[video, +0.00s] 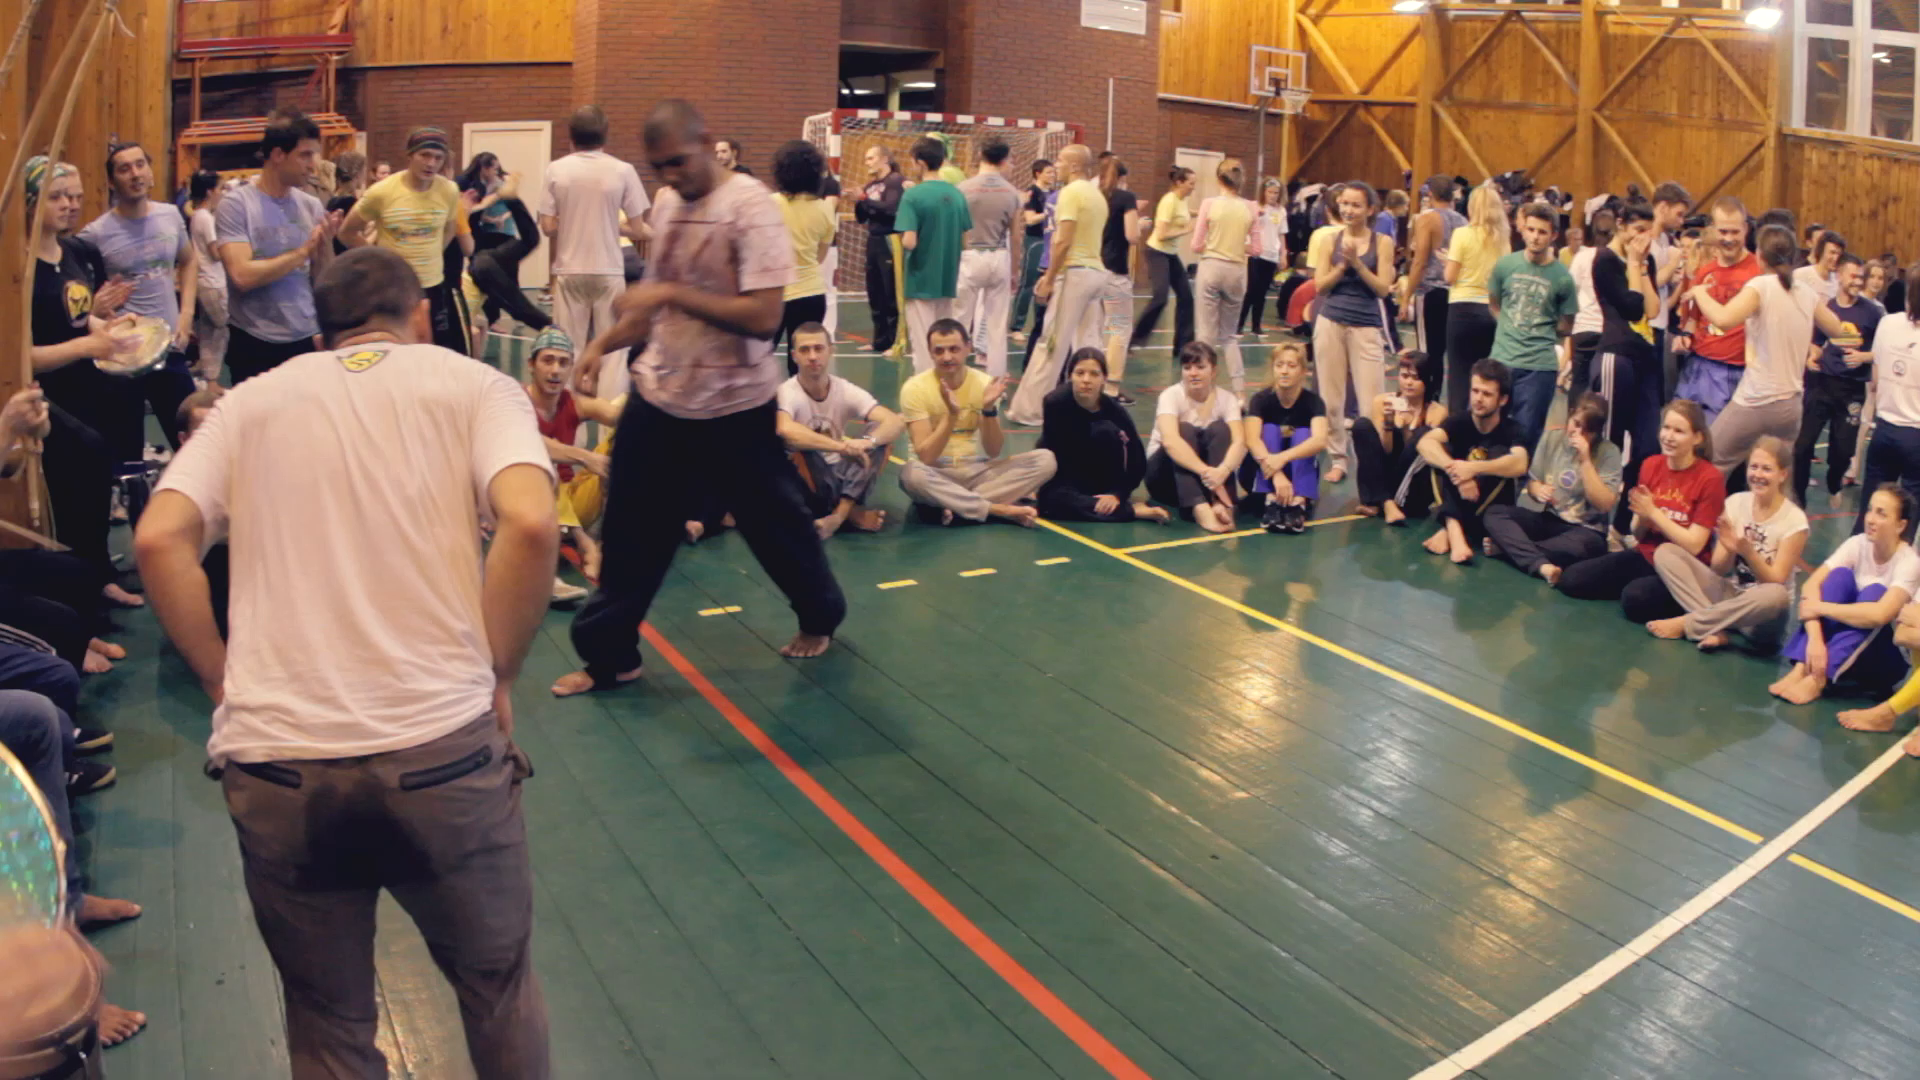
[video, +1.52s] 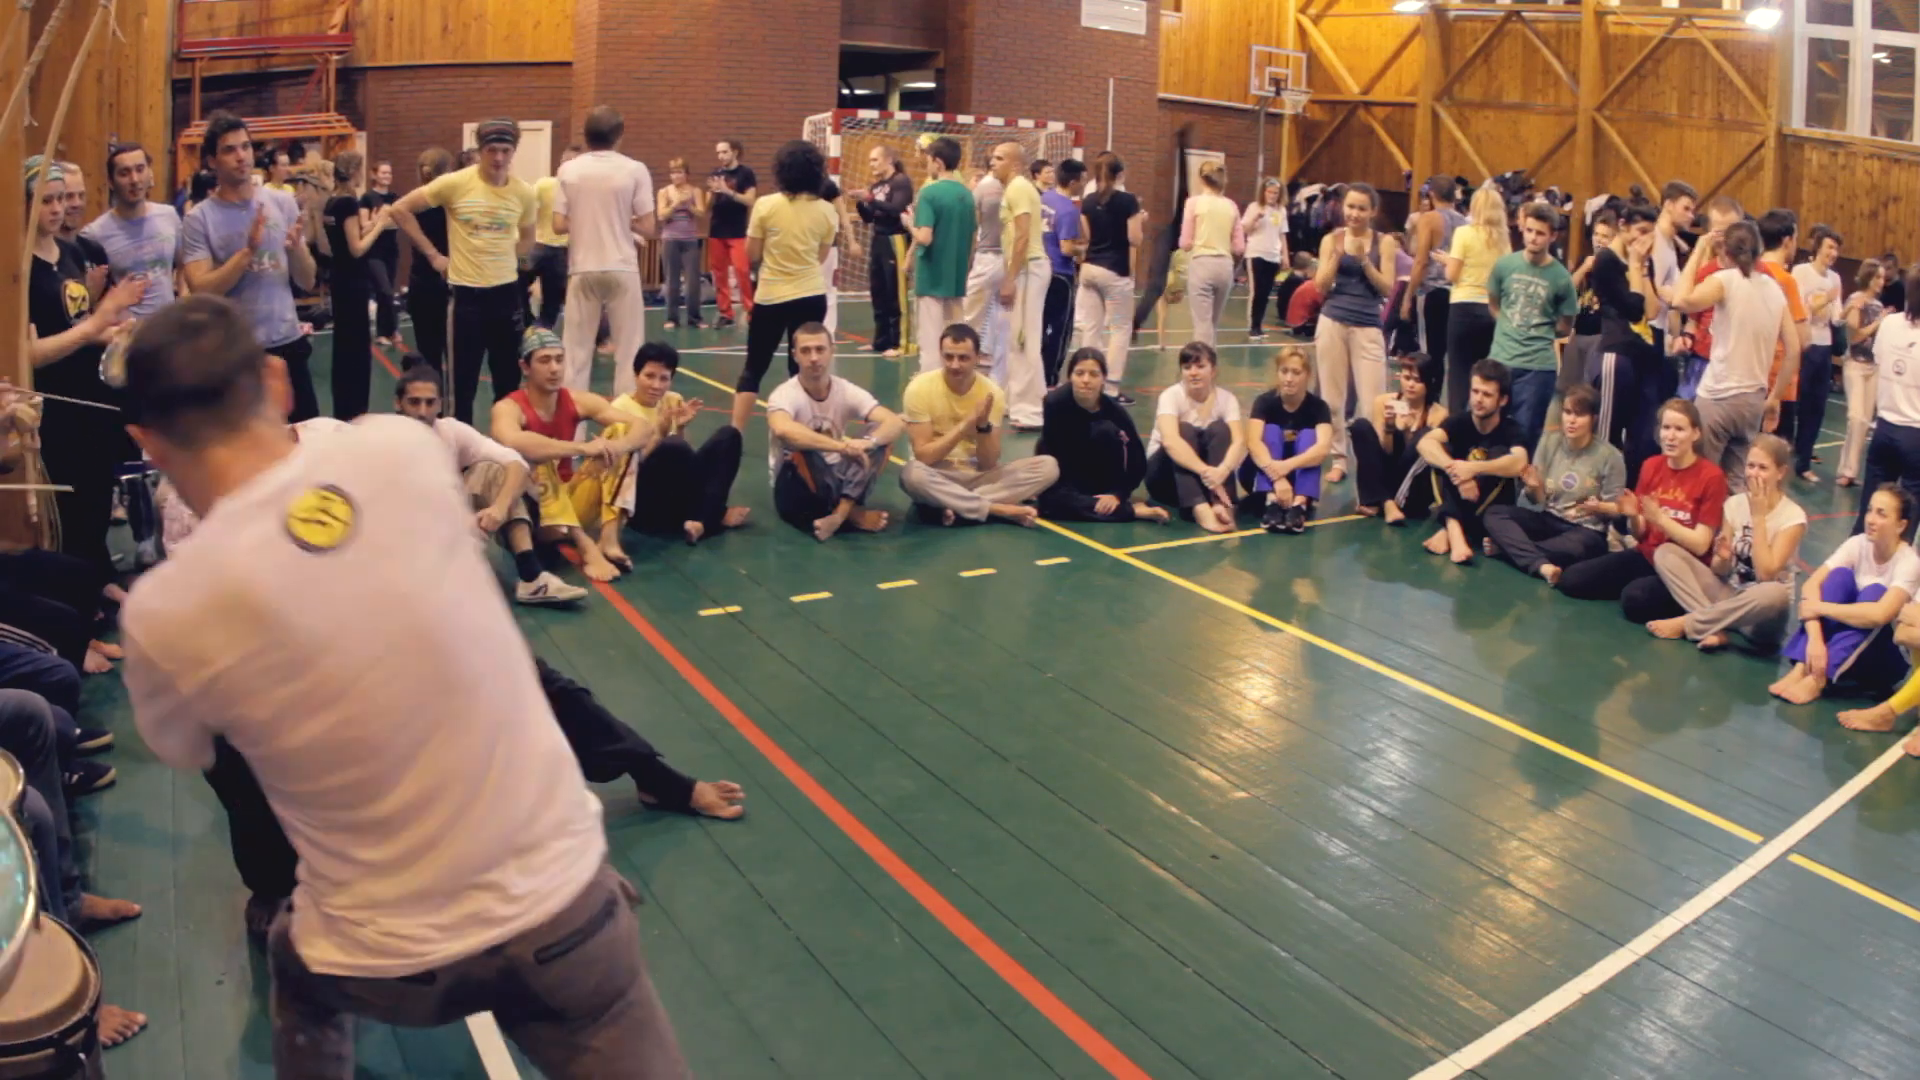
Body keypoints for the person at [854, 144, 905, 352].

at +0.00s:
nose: (868, 163)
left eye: (871, 158)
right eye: (866, 159)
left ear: (884, 159)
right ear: (870, 162)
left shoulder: (895, 181)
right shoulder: (871, 185)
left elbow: (889, 209)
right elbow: (861, 217)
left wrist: (864, 200)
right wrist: (859, 200)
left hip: (890, 237)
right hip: (874, 238)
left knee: (890, 291)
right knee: (875, 291)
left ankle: (893, 340)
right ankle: (879, 339)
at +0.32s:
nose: (871, 162)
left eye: (875, 158)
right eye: (870, 159)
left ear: (888, 159)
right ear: (873, 162)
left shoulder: (900, 182)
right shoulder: (874, 185)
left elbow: (895, 212)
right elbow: (866, 217)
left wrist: (869, 201)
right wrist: (856, 202)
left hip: (893, 238)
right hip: (877, 238)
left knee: (892, 292)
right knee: (877, 292)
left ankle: (894, 341)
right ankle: (880, 340)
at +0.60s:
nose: (873, 163)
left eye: (877, 159)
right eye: (872, 159)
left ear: (890, 160)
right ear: (875, 162)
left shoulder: (902, 182)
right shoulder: (876, 185)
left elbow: (896, 212)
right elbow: (869, 217)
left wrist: (871, 201)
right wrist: (859, 204)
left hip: (894, 238)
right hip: (878, 238)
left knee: (893, 292)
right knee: (878, 291)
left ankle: (894, 341)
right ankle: (880, 340)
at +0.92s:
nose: (874, 163)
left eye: (878, 159)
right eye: (873, 160)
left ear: (891, 160)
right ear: (875, 162)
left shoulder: (904, 183)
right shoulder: (877, 185)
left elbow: (903, 212)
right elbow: (870, 216)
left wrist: (878, 204)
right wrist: (855, 204)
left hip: (897, 237)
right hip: (879, 237)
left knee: (895, 292)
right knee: (878, 291)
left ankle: (896, 341)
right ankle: (880, 340)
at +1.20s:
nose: (874, 164)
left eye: (878, 159)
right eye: (873, 160)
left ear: (891, 160)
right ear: (878, 162)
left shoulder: (904, 183)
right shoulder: (878, 185)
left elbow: (900, 211)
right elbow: (868, 216)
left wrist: (873, 201)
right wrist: (860, 203)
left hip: (897, 237)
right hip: (880, 236)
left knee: (895, 290)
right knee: (878, 289)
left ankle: (896, 341)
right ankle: (880, 339)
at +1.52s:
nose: (872, 164)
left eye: (875, 160)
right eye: (871, 161)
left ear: (889, 161)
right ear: (877, 162)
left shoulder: (901, 182)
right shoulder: (876, 185)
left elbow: (897, 207)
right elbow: (868, 217)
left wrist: (871, 200)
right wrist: (860, 202)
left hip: (896, 236)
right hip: (879, 235)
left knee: (894, 290)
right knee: (878, 290)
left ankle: (896, 341)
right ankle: (880, 339)